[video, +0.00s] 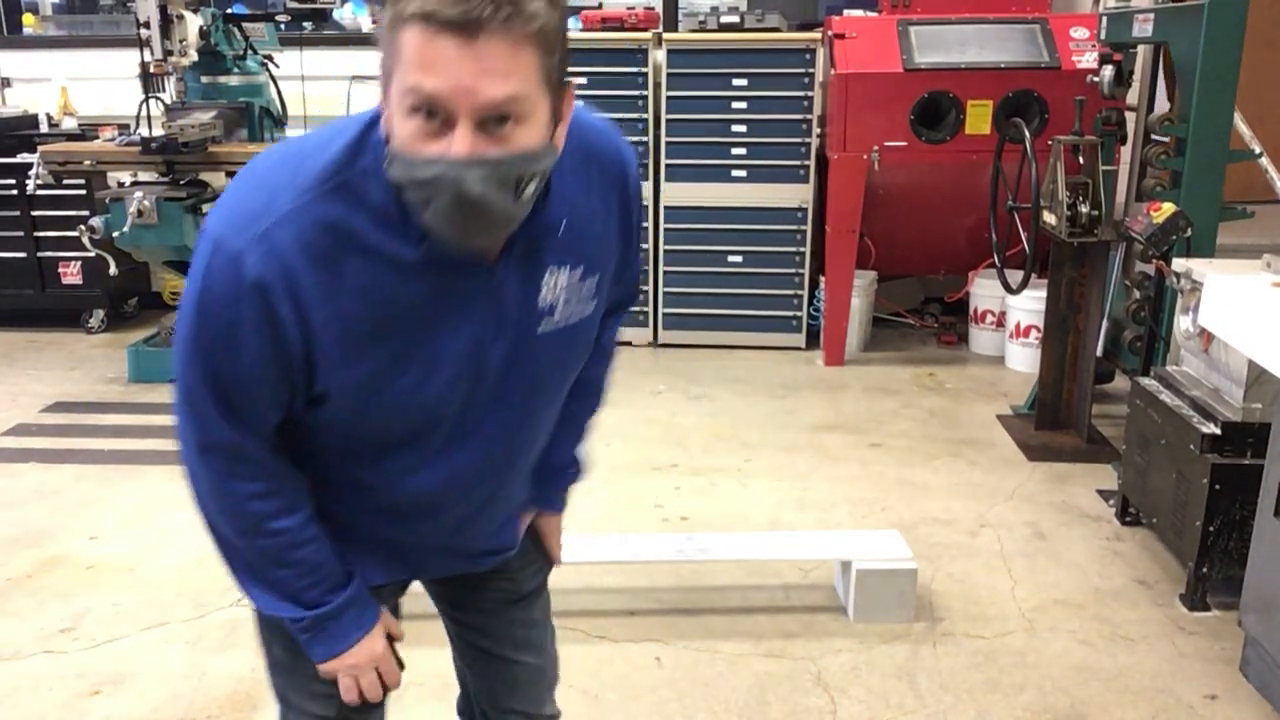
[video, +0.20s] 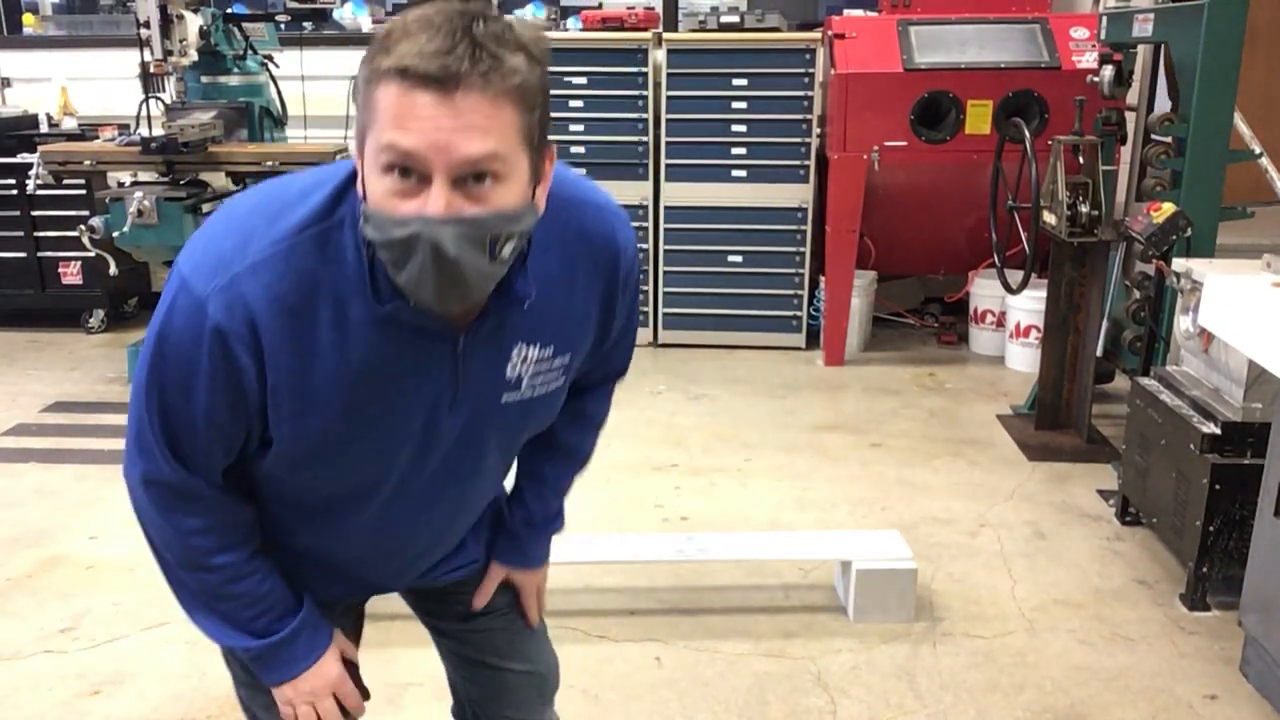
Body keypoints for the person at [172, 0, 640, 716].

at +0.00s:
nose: (460, 156)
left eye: (499, 120)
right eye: (428, 116)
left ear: (562, 111)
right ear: (384, 99)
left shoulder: (599, 175)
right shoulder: (265, 244)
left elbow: (592, 342)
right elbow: (227, 452)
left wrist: (547, 487)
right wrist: (328, 615)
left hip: (488, 506)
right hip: (326, 526)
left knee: (523, 703)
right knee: (336, 710)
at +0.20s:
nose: (436, 216)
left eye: (476, 179)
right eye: (404, 174)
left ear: (542, 173)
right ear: (359, 161)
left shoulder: (592, 245)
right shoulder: (233, 287)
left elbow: (584, 394)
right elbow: (172, 482)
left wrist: (529, 529)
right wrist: (283, 643)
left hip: (455, 522)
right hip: (291, 542)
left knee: (521, 686)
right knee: (304, 711)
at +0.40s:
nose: (435, 278)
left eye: (474, 242)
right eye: (403, 236)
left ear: (540, 233)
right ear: (360, 219)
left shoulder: (591, 295)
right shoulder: (232, 332)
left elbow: (577, 450)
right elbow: (183, 527)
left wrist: (525, 585)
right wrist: (292, 665)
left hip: (452, 530)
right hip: (286, 553)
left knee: (528, 687)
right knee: (290, 709)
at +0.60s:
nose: (447, 323)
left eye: (486, 286)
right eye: (416, 279)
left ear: (550, 272)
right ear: (371, 260)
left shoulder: (599, 324)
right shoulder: (246, 363)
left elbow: (583, 472)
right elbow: (203, 550)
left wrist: (537, 600)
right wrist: (304, 682)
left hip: (462, 532)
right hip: (301, 554)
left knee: (541, 692)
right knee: (285, 708)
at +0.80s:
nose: (472, 306)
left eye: (511, 270)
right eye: (440, 263)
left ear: (568, 257)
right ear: (394, 249)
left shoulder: (611, 315)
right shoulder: (264, 351)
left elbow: (587, 467)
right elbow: (221, 543)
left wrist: (541, 602)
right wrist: (308, 687)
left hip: (465, 529)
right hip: (305, 552)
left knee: (537, 692)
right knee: (289, 711)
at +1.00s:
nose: (488, 305)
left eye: (525, 269)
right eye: (456, 264)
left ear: (578, 255)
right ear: (409, 244)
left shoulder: (614, 309)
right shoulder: (284, 361)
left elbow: (586, 466)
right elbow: (243, 556)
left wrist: (541, 598)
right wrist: (323, 695)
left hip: (463, 523)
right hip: (310, 547)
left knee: (536, 689)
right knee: (291, 705)